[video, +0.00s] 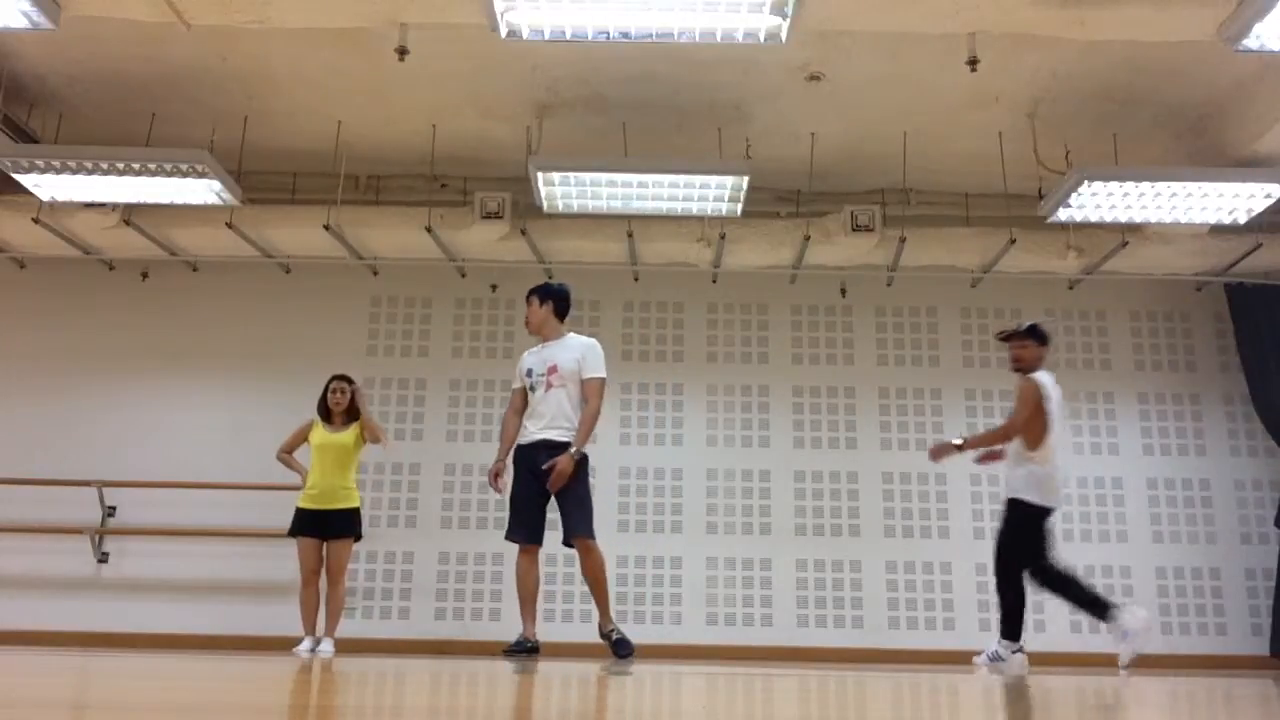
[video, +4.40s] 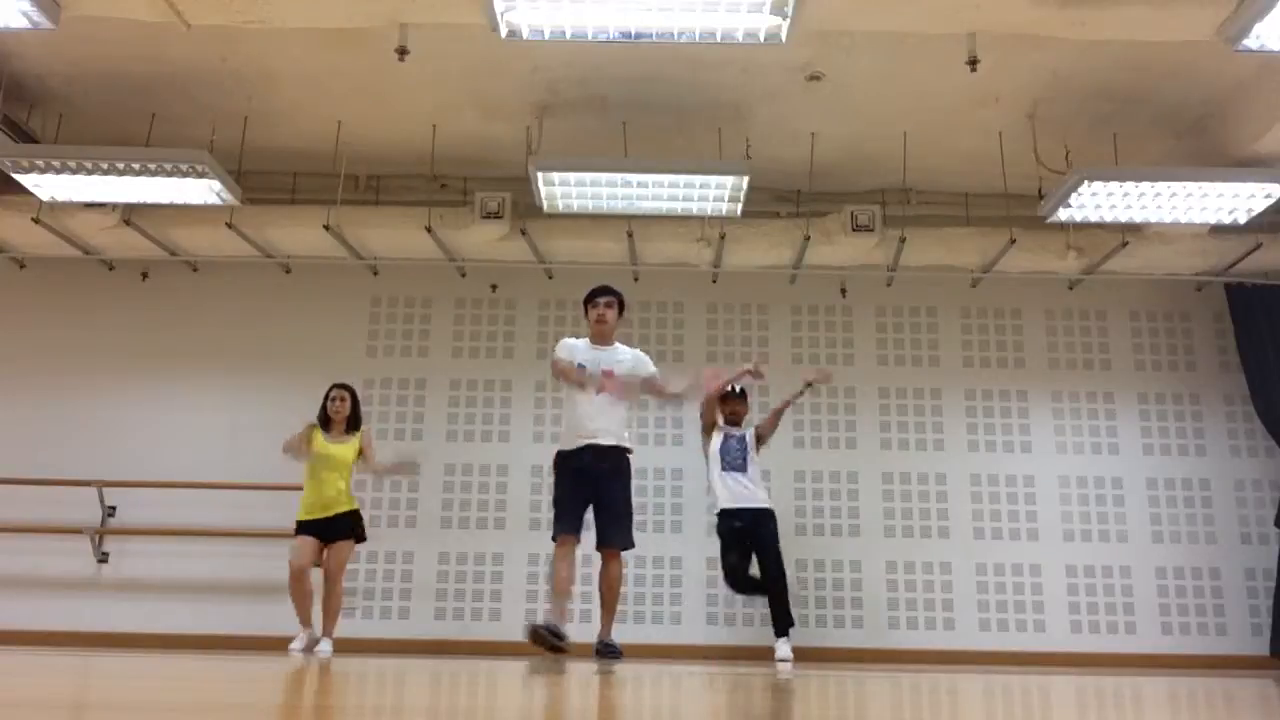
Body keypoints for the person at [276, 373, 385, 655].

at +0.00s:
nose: (337, 396)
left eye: (343, 392)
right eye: (333, 391)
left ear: (351, 397)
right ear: (325, 396)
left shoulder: (359, 426)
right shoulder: (314, 426)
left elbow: (377, 437)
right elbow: (282, 453)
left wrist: (363, 406)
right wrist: (303, 471)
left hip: (343, 506)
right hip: (311, 505)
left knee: (335, 577)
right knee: (309, 576)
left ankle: (329, 638)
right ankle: (309, 636)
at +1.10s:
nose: (337, 397)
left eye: (342, 393)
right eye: (332, 392)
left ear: (349, 398)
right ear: (322, 396)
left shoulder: (356, 431)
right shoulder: (308, 429)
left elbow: (371, 469)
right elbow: (273, 459)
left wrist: (362, 437)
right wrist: (279, 491)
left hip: (340, 507)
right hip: (307, 506)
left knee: (330, 575)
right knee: (308, 575)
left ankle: (325, 637)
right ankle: (308, 636)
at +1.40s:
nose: (336, 396)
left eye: (342, 391)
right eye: (332, 391)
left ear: (350, 397)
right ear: (323, 396)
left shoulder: (360, 428)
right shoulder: (308, 431)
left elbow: (370, 466)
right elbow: (297, 471)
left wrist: (338, 474)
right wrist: (299, 503)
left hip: (341, 509)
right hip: (309, 509)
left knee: (334, 574)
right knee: (308, 575)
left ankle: (328, 637)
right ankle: (309, 636)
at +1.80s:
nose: (337, 396)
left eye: (342, 392)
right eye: (332, 392)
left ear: (351, 398)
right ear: (324, 397)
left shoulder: (362, 430)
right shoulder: (310, 433)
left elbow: (374, 470)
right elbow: (301, 475)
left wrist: (365, 503)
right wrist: (290, 509)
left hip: (343, 508)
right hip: (309, 508)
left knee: (335, 577)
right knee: (310, 577)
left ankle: (328, 637)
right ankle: (310, 636)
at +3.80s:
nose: (336, 398)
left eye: (341, 394)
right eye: (332, 394)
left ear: (351, 400)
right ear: (324, 399)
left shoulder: (361, 431)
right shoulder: (309, 432)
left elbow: (367, 472)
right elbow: (298, 473)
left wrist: (360, 508)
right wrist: (291, 508)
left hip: (342, 509)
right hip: (309, 507)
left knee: (332, 576)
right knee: (310, 575)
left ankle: (326, 637)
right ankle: (311, 636)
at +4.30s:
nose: (337, 403)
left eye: (343, 399)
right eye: (333, 399)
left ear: (352, 405)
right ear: (325, 404)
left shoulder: (360, 437)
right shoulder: (309, 433)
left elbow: (364, 474)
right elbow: (293, 467)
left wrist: (369, 507)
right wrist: (299, 502)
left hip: (347, 512)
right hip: (315, 513)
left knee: (338, 578)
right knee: (316, 577)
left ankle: (328, 637)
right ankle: (314, 636)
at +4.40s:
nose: (337, 404)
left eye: (342, 400)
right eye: (333, 399)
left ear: (352, 406)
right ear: (325, 404)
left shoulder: (360, 435)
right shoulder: (313, 431)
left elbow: (374, 468)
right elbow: (290, 448)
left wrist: (397, 469)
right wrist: (298, 446)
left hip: (342, 513)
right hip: (311, 513)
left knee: (333, 576)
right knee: (297, 567)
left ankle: (326, 637)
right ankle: (306, 631)